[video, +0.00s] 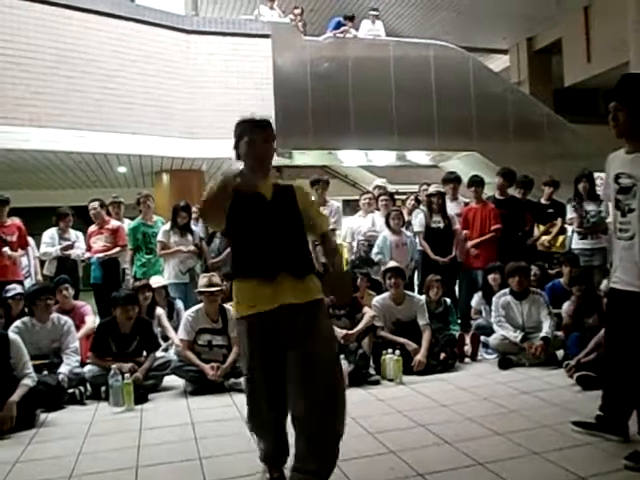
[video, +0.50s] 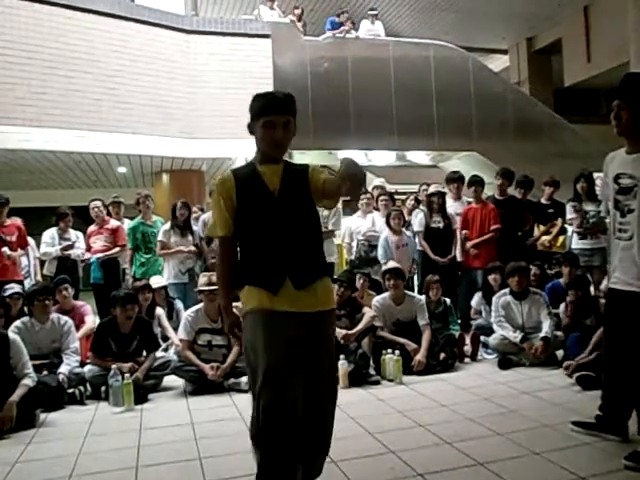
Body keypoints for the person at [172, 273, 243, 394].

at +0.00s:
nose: (212, 297)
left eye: (215, 293)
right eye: (207, 294)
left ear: (221, 293)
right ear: (200, 296)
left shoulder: (229, 314)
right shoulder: (191, 315)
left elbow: (236, 345)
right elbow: (183, 349)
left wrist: (225, 367)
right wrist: (204, 367)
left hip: (224, 359)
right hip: (200, 359)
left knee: (243, 369)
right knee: (177, 367)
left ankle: (200, 386)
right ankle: (225, 384)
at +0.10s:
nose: (212, 297)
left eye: (215, 293)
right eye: (207, 294)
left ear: (221, 294)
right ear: (200, 296)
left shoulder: (230, 313)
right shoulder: (191, 316)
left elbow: (236, 345)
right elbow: (184, 349)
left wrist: (224, 368)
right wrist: (204, 367)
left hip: (224, 361)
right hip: (200, 362)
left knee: (246, 371)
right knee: (177, 367)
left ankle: (201, 386)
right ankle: (226, 384)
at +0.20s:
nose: (211, 299)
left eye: (214, 295)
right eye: (207, 296)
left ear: (222, 295)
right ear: (201, 297)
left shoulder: (231, 314)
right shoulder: (191, 316)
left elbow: (236, 345)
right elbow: (184, 349)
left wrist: (225, 368)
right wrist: (204, 367)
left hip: (224, 359)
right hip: (200, 360)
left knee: (250, 361)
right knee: (176, 366)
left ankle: (203, 385)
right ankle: (226, 384)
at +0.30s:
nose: (210, 299)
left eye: (213, 295)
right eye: (206, 295)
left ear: (221, 295)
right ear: (201, 296)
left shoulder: (231, 314)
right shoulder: (191, 316)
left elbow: (236, 344)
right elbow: (184, 350)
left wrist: (225, 367)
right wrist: (204, 367)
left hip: (225, 359)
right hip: (201, 359)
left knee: (253, 360)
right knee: (177, 367)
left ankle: (202, 386)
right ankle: (226, 383)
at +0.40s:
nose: (210, 297)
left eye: (214, 292)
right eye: (205, 293)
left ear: (220, 293)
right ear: (200, 296)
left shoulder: (231, 314)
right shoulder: (191, 316)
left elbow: (238, 343)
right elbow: (184, 349)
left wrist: (225, 367)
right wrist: (205, 367)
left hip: (225, 360)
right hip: (200, 361)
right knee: (177, 367)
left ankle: (201, 386)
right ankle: (226, 384)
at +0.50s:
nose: (211, 296)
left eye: (214, 292)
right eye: (206, 293)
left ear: (220, 293)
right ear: (200, 295)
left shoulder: (230, 314)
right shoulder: (191, 316)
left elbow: (237, 344)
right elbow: (184, 349)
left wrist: (225, 367)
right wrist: (204, 367)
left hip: (225, 361)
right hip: (200, 362)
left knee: (248, 368)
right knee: (177, 367)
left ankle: (202, 386)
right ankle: (225, 384)